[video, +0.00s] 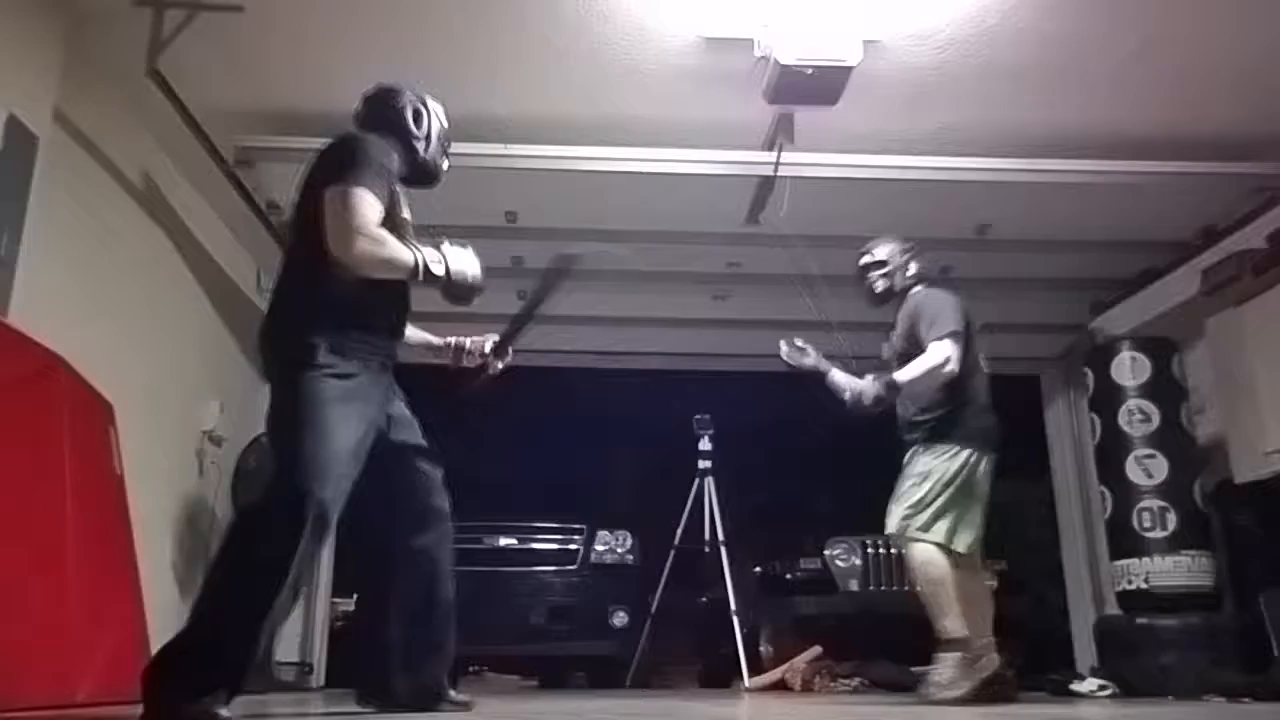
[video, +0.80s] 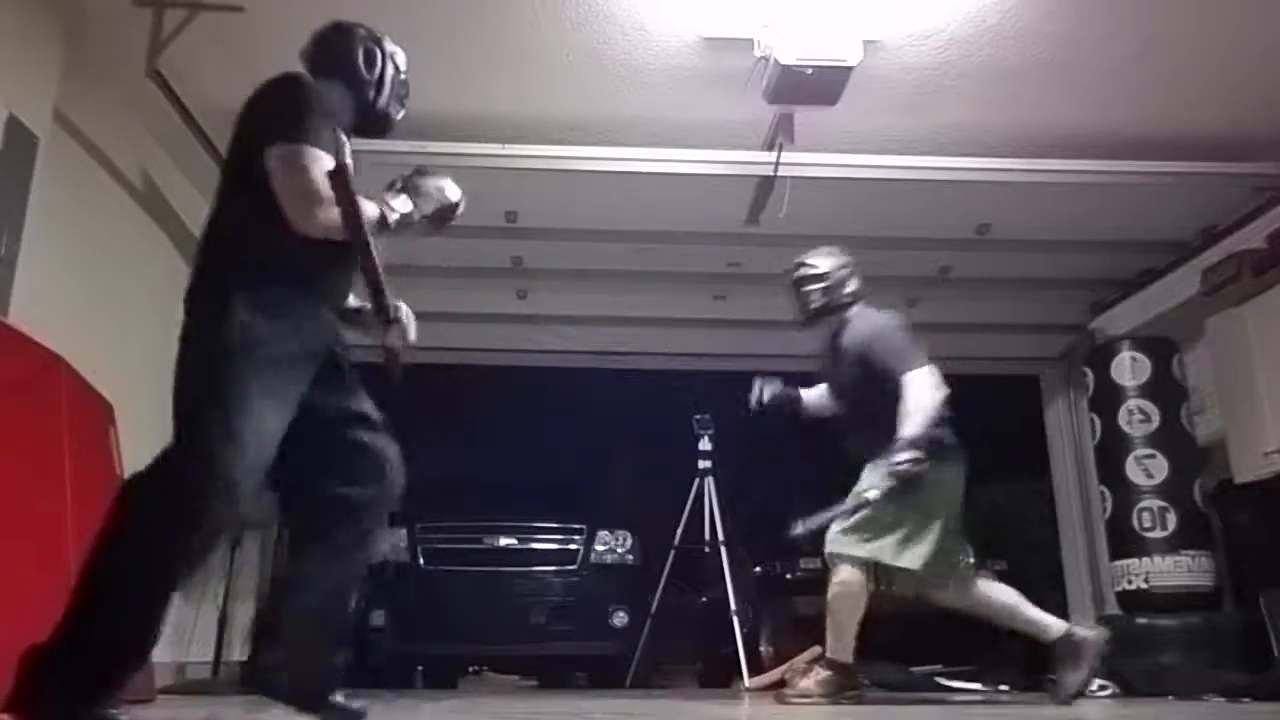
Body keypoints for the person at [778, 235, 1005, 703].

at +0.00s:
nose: (870, 276)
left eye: (878, 266)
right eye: (866, 271)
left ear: (906, 263)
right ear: (868, 278)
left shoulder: (932, 298)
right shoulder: (901, 324)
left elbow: (946, 358)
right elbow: (871, 395)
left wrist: (889, 384)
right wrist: (821, 365)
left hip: (953, 438)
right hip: (942, 440)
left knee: (911, 529)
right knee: (958, 551)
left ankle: (957, 650)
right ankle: (982, 658)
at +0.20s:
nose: (854, 288)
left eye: (860, 278)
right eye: (849, 282)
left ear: (886, 274)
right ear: (852, 290)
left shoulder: (913, 306)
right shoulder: (884, 330)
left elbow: (925, 369)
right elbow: (858, 396)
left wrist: (874, 406)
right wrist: (832, 353)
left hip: (945, 444)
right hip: (937, 446)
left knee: (904, 550)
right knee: (952, 559)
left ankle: (875, 661)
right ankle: (986, 663)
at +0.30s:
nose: (838, 288)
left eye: (846, 278)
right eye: (833, 282)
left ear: (874, 277)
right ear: (833, 291)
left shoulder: (894, 308)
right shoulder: (861, 334)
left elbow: (885, 365)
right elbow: (859, 404)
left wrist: (831, 394)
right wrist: (835, 402)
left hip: (935, 444)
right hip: (920, 447)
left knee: (888, 551)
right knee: (940, 567)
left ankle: (852, 661)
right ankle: (987, 667)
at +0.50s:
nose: (786, 303)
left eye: (796, 293)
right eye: (784, 296)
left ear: (829, 293)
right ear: (827, 299)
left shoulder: (833, 333)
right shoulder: (857, 333)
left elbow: (774, 354)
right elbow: (872, 402)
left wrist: (707, 360)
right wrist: (823, 422)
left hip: (917, 451)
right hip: (936, 453)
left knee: (855, 550)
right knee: (899, 570)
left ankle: (838, 670)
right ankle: (978, 662)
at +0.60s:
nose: (781, 306)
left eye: (790, 295)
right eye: (776, 299)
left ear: (820, 296)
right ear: (771, 310)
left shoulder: (830, 336)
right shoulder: (845, 335)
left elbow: (764, 389)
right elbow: (851, 398)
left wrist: (723, 402)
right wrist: (810, 422)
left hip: (915, 445)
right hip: (933, 448)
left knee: (851, 547)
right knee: (895, 572)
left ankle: (838, 671)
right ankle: (1005, 648)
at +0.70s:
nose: (780, 300)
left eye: (790, 289)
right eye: (777, 293)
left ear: (823, 291)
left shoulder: (846, 334)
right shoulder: (832, 342)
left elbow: (863, 395)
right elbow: (840, 394)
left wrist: (842, 442)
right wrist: (795, 411)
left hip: (917, 446)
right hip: (920, 450)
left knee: (844, 541)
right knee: (909, 574)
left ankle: (836, 667)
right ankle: (1040, 634)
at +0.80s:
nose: (804, 294)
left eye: (813, 284)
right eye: (801, 286)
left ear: (841, 284)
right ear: (809, 294)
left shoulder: (871, 326)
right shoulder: (841, 340)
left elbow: (925, 385)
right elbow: (845, 397)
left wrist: (908, 445)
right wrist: (791, 399)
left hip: (915, 461)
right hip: (916, 465)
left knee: (847, 546)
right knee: (940, 577)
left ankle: (836, 670)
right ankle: (1068, 637)